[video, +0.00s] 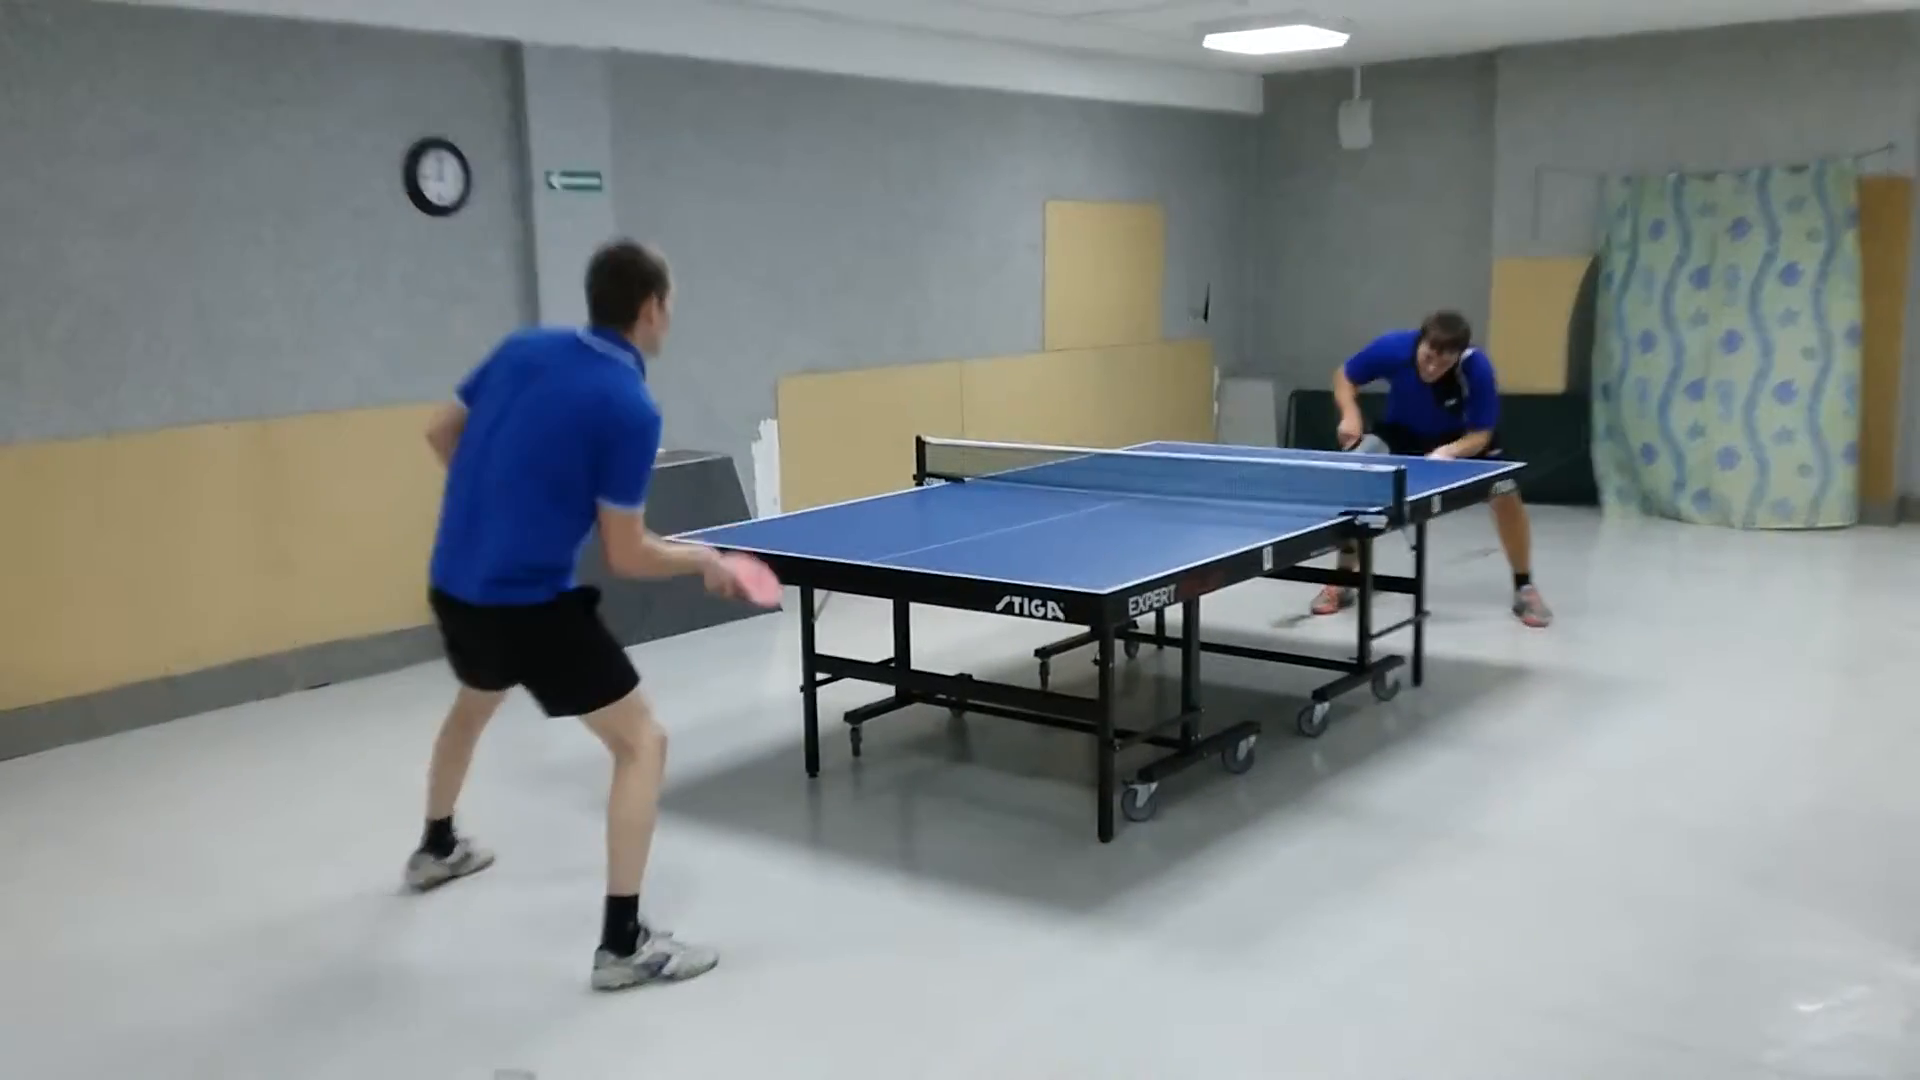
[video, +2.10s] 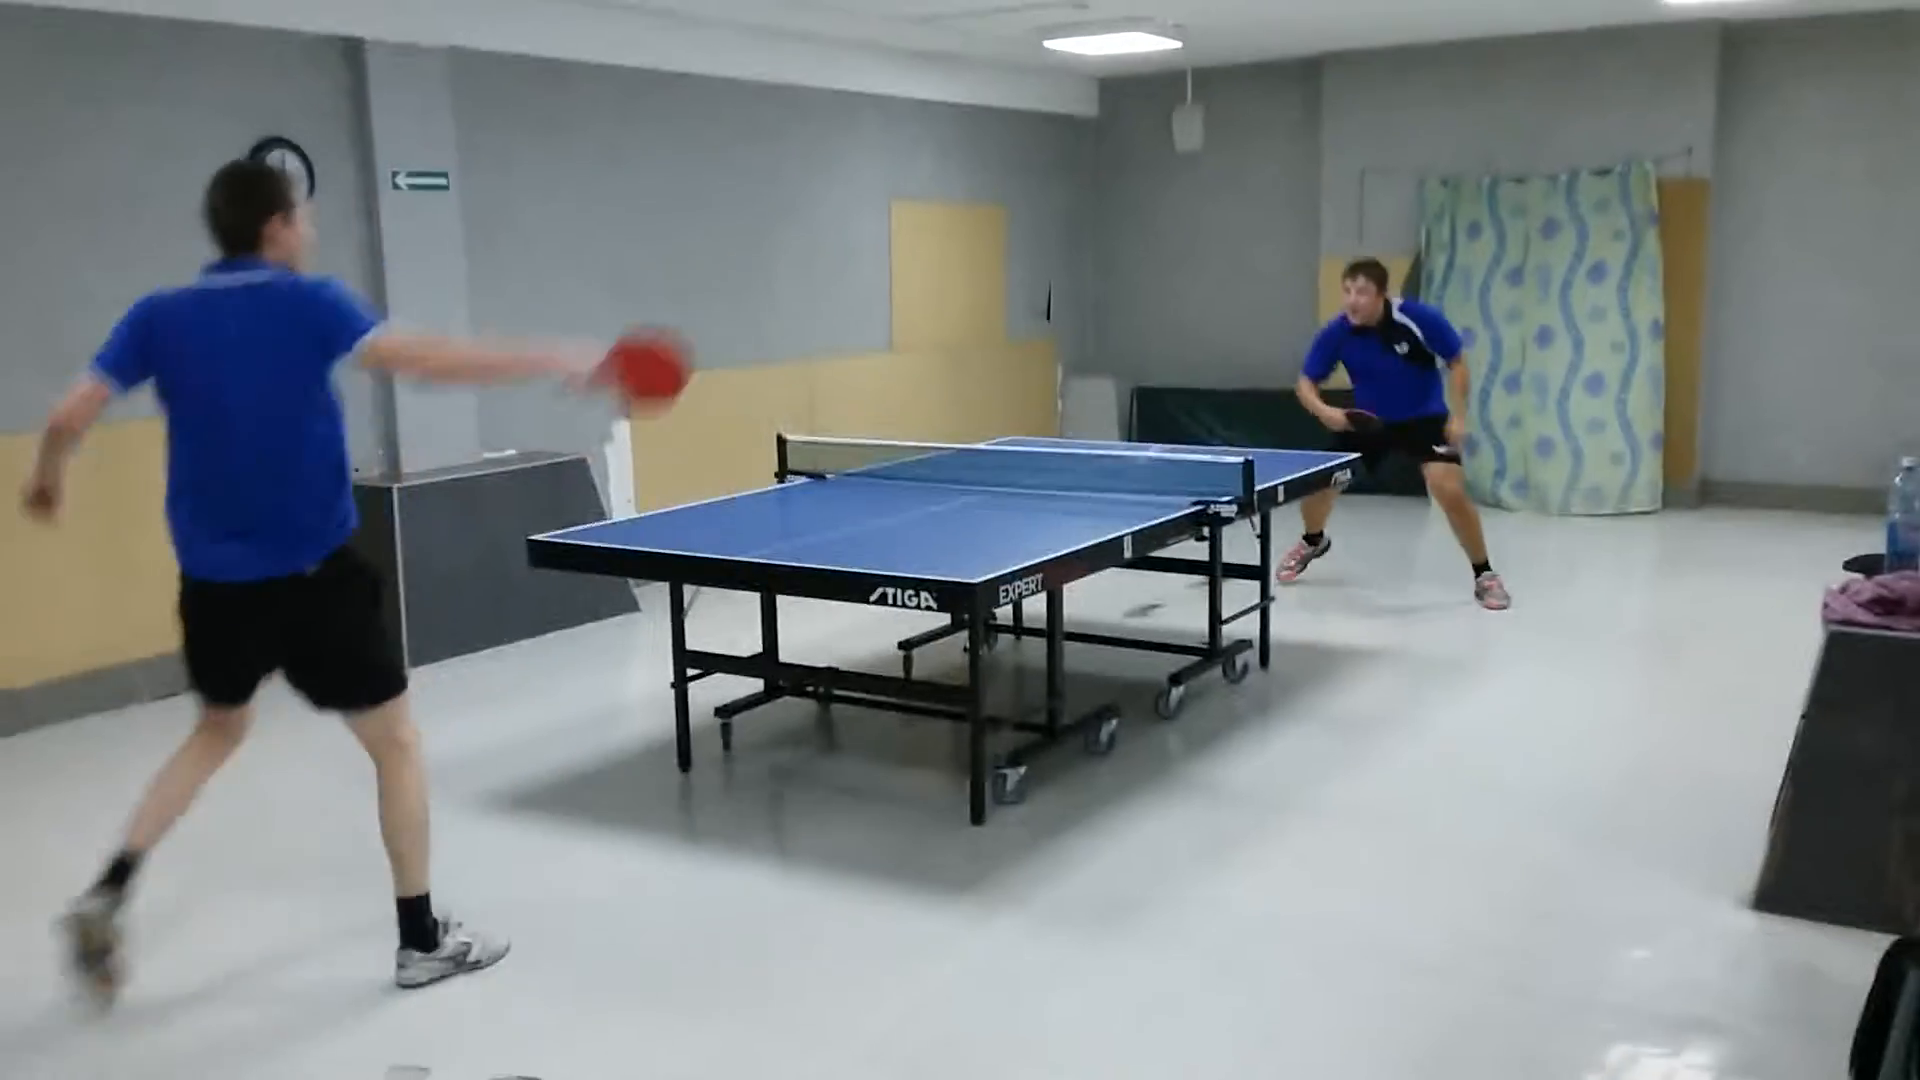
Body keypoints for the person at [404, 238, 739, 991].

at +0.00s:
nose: (669, 318)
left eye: (666, 304)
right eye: (667, 305)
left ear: (596, 303)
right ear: (650, 311)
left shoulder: (526, 348)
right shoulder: (628, 407)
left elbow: (442, 429)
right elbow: (627, 556)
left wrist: (497, 495)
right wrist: (702, 560)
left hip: (456, 582)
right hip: (534, 600)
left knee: (478, 696)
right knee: (641, 742)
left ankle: (435, 846)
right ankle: (623, 942)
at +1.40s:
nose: (552, 379)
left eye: (549, 366)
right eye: (549, 367)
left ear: (480, 370)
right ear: (532, 371)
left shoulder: (418, 419)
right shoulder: (525, 447)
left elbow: (399, 512)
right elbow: (596, 562)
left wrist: (480, 552)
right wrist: (615, 522)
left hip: (330, 620)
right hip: (408, 628)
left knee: (400, 708)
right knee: (567, 715)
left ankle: (305, 842)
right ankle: (574, 900)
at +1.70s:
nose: (511, 393)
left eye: (510, 381)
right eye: (509, 381)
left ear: (438, 386)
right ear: (493, 382)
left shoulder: (381, 437)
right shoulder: (485, 473)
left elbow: (326, 509)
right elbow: (600, 566)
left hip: (338, 658)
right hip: (409, 666)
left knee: (425, 706)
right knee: (588, 709)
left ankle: (306, 836)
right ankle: (576, 899)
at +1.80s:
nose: (472, 338)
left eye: (467, 324)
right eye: (467, 325)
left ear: (398, 334)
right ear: (450, 331)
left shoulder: (340, 385)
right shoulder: (464, 419)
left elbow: (252, 408)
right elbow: (581, 429)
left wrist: (313, 444)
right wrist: (694, 383)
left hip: (326, 615)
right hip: (406, 624)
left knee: (401, 681)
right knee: (567, 702)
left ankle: (311, 823)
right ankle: (582, 884)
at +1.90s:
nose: (410, 268)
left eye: (402, 254)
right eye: (403, 256)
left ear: (332, 267)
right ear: (388, 263)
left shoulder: (269, 327)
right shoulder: (416, 339)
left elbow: (140, 359)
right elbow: (568, 338)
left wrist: (179, 402)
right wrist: (700, 320)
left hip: (275, 582)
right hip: (367, 584)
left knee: (301, 679)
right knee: (474, 715)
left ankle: (291, 825)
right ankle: (547, 891)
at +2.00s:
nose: (360, 220)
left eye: (354, 206)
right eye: (353, 207)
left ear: (275, 218)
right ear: (330, 216)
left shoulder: (212, 291)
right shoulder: (363, 292)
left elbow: (91, 359)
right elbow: (510, 319)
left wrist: (73, 408)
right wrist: (647, 308)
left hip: (237, 555)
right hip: (338, 551)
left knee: (266, 683)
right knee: (430, 721)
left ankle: (212, 856)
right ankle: (447, 920)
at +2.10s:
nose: (307, 230)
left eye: (301, 214)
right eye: (300, 217)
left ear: (221, 230)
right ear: (277, 227)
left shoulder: (161, 315)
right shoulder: (309, 302)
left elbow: (65, 418)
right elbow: (411, 357)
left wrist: (46, 477)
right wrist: (558, 361)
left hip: (215, 587)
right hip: (318, 578)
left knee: (218, 725)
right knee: (396, 744)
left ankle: (109, 889)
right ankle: (421, 937)